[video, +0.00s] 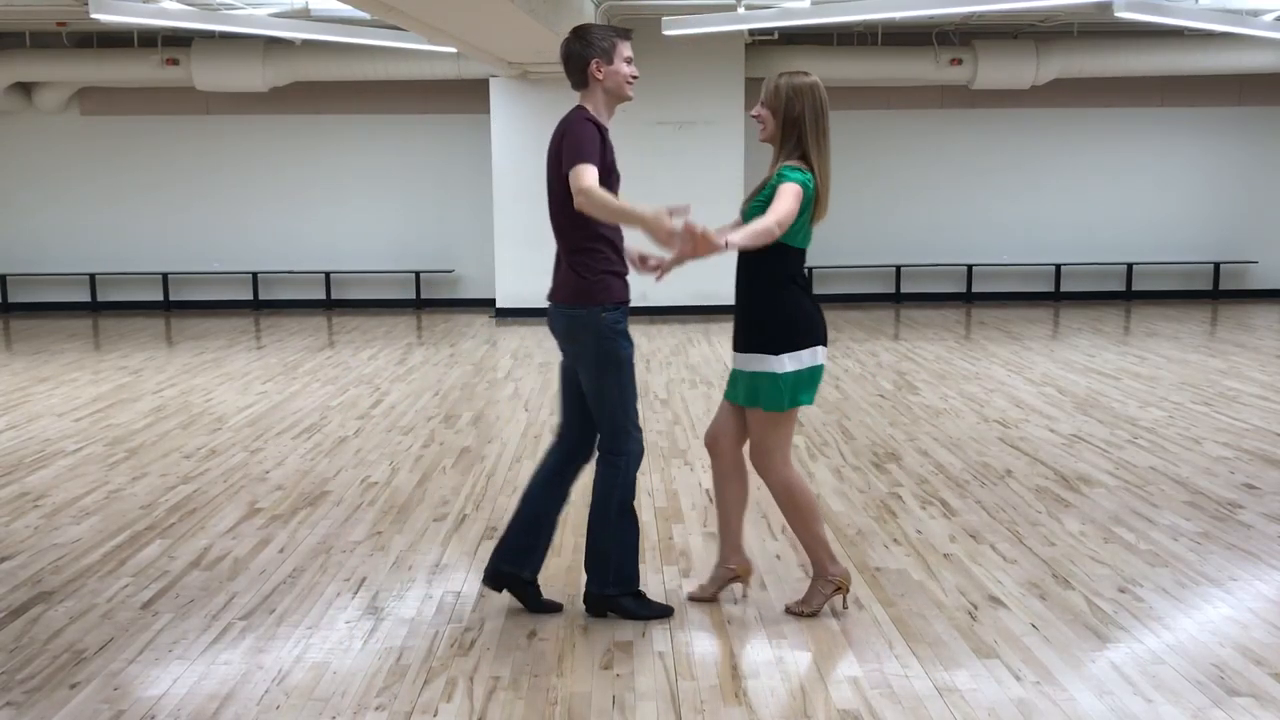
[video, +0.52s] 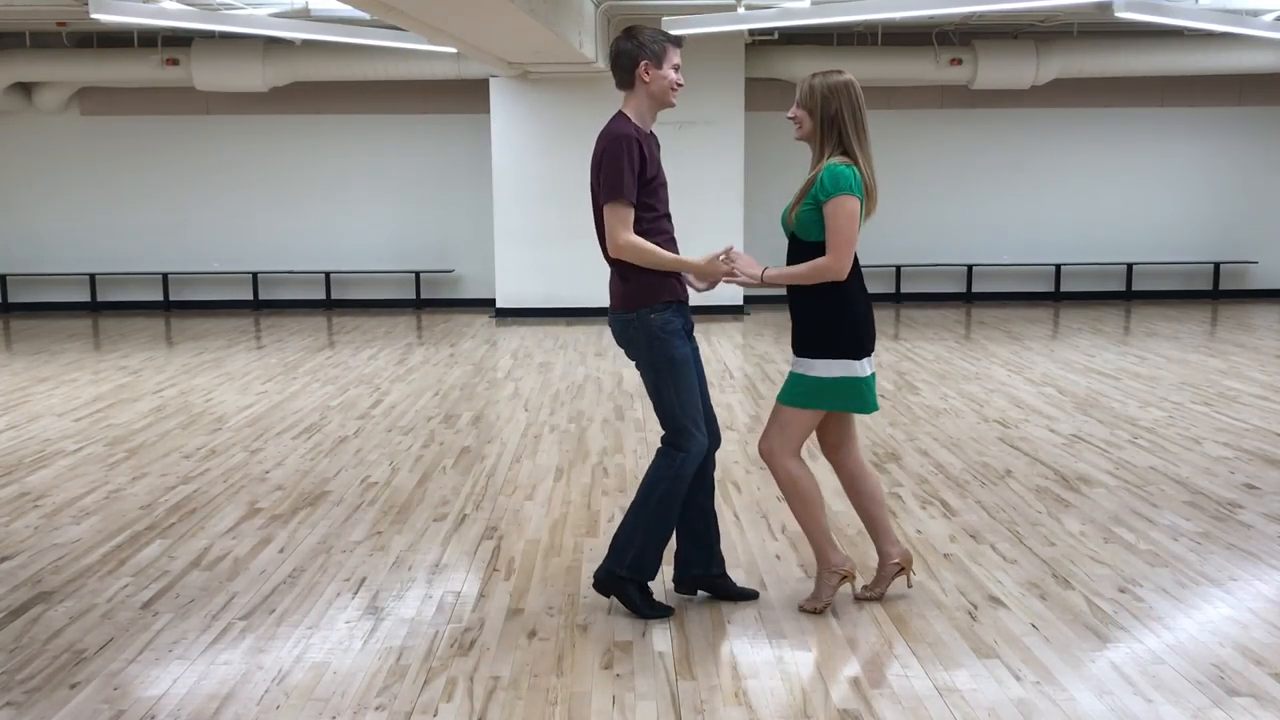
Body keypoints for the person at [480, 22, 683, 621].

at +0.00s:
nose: (636, 72)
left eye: (634, 62)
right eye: (628, 62)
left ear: (599, 72)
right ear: (597, 69)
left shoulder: (587, 132)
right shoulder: (583, 127)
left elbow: (583, 229)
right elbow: (583, 194)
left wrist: (634, 259)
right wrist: (653, 219)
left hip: (579, 308)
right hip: (594, 312)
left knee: (575, 439)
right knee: (622, 446)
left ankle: (513, 564)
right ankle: (610, 588)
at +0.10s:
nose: (648, 74)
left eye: (647, 65)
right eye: (641, 65)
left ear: (613, 74)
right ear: (610, 71)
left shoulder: (603, 132)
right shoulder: (596, 132)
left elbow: (600, 228)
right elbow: (588, 219)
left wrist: (657, 279)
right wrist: (648, 277)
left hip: (611, 310)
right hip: (609, 313)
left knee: (628, 444)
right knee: (632, 448)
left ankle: (544, 553)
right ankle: (613, 588)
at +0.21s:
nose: (660, 78)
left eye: (659, 68)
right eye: (652, 68)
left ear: (624, 75)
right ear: (623, 74)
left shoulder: (619, 137)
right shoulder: (605, 137)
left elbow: (613, 235)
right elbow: (593, 231)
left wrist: (658, 300)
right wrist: (652, 300)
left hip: (631, 316)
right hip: (620, 317)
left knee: (670, 439)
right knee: (641, 448)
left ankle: (600, 555)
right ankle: (611, 589)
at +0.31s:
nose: (673, 79)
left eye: (671, 69)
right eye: (666, 69)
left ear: (640, 75)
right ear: (636, 73)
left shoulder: (629, 139)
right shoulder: (616, 139)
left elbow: (622, 238)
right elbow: (604, 237)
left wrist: (669, 300)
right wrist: (671, 301)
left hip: (647, 318)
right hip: (631, 320)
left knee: (690, 438)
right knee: (659, 446)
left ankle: (687, 571)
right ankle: (613, 583)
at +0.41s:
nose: (678, 79)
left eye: (678, 69)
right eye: (672, 69)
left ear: (647, 74)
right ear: (643, 72)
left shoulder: (636, 137)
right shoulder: (621, 137)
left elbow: (630, 238)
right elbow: (613, 240)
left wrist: (684, 288)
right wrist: (685, 283)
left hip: (659, 313)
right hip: (639, 315)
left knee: (700, 435)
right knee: (673, 443)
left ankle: (700, 569)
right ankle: (617, 577)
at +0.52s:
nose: (681, 81)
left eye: (680, 70)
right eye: (675, 70)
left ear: (650, 74)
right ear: (645, 72)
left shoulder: (641, 139)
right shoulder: (621, 139)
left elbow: (638, 237)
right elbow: (618, 242)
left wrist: (689, 271)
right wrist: (691, 266)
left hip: (667, 310)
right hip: (645, 313)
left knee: (704, 436)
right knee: (687, 440)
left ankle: (699, 569)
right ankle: (621, 572)